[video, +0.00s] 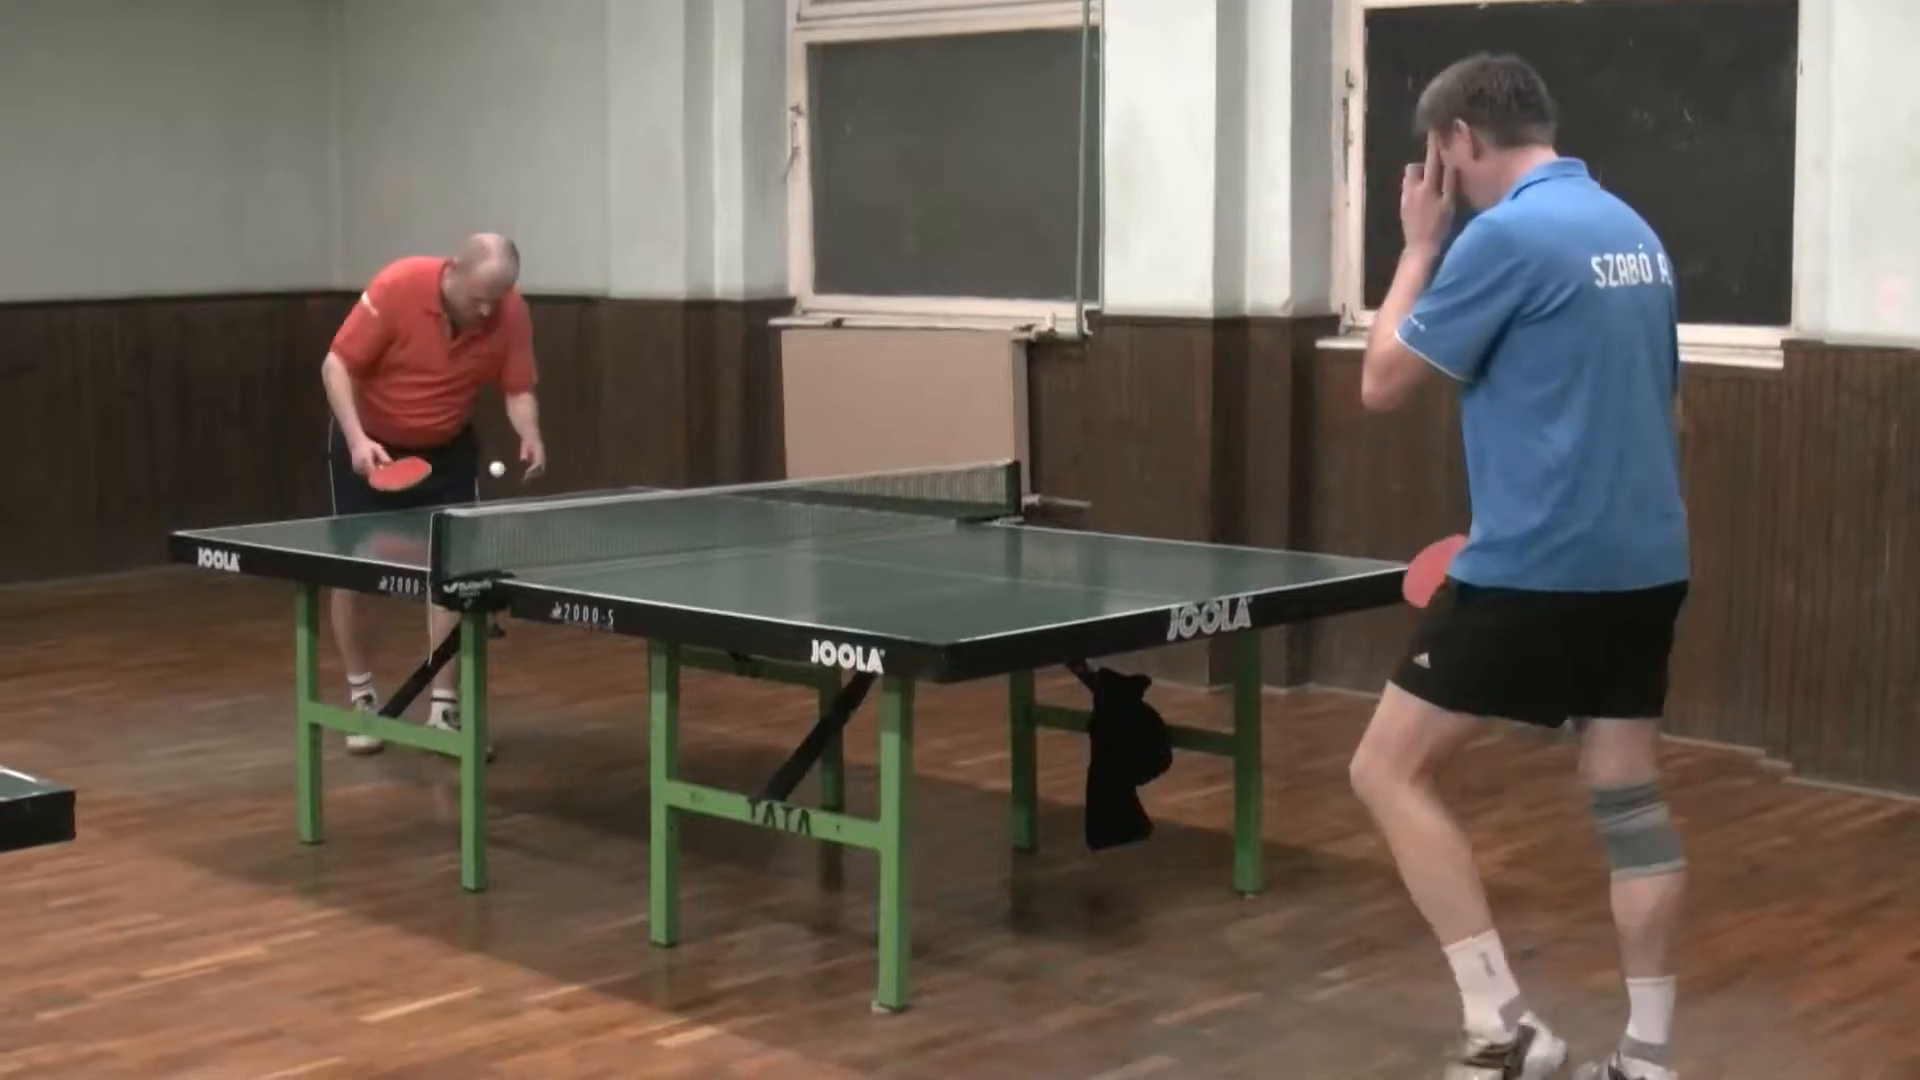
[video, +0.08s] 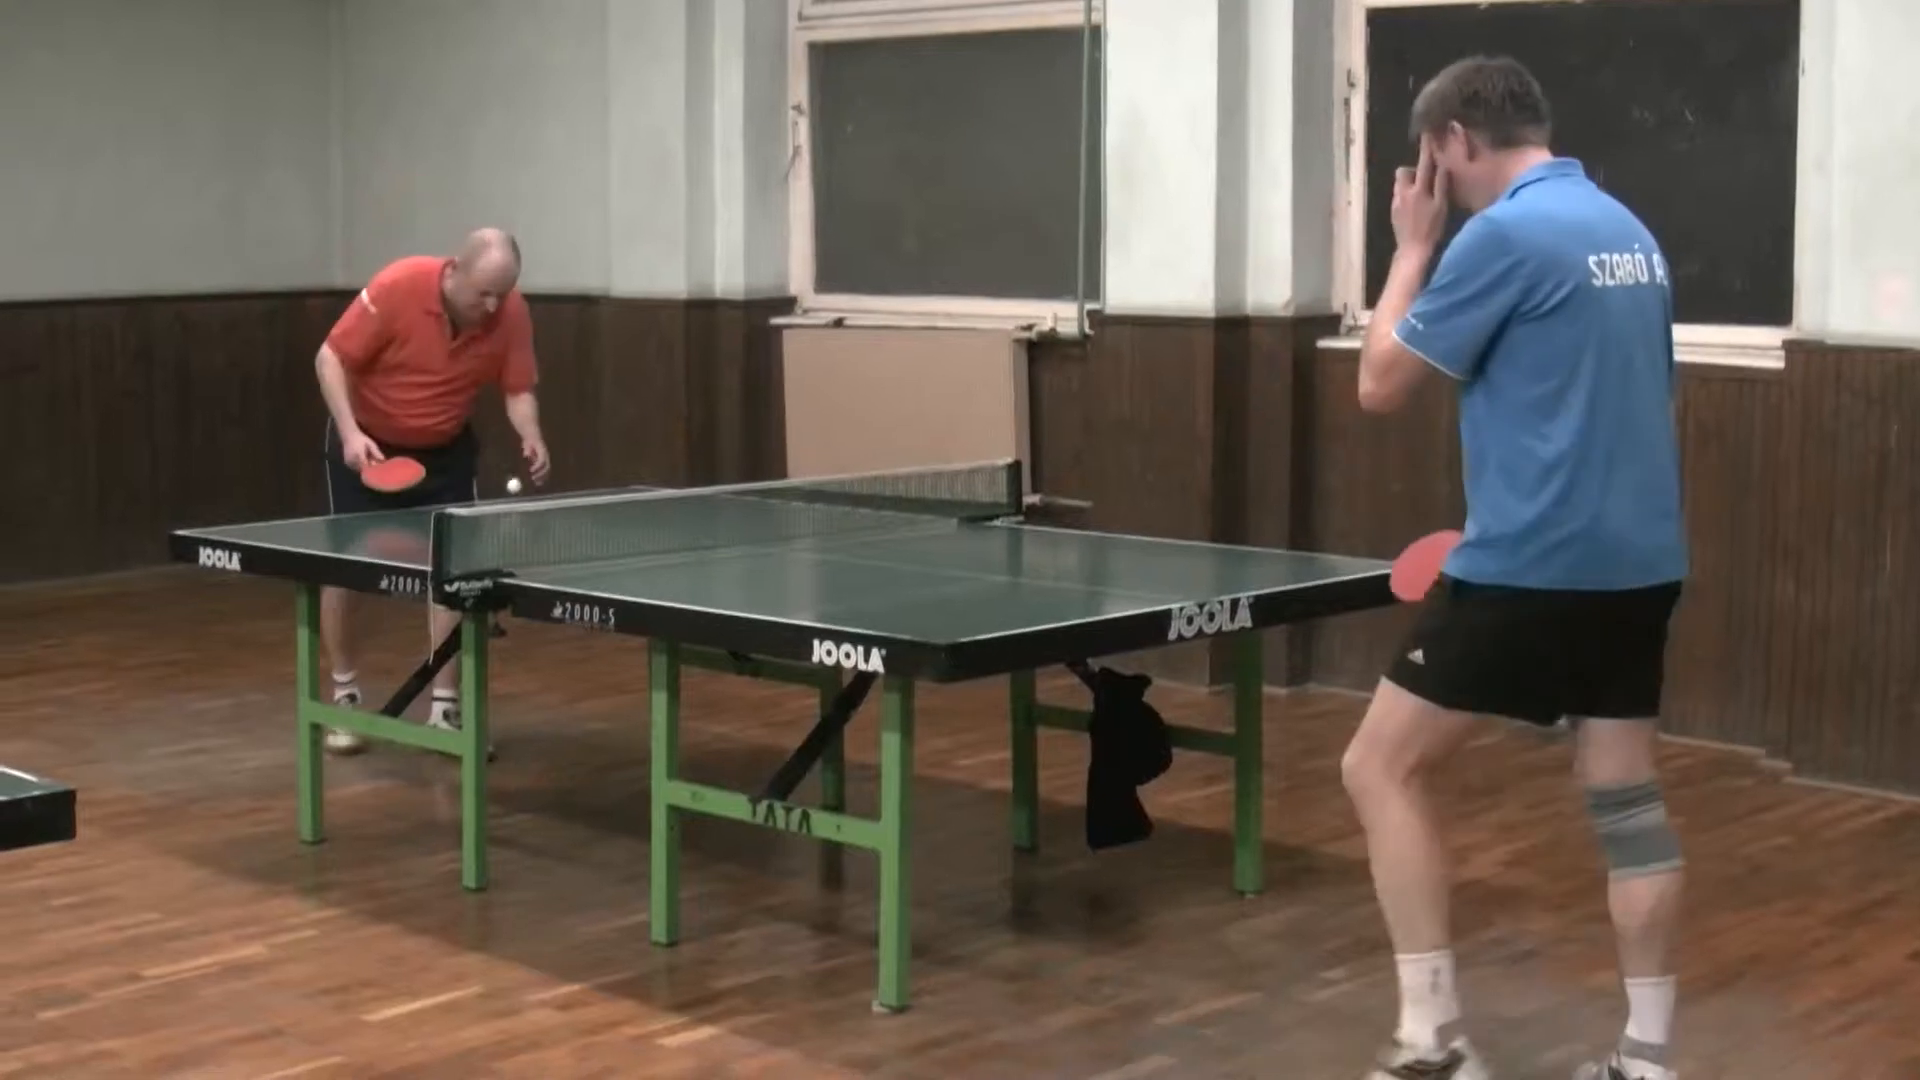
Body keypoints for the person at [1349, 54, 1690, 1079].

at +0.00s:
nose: (1441, 177)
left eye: (1438, 159)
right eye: (1436, 163)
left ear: (1463, 140)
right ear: (1545, 130)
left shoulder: (1507, 235)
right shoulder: (1632, 230)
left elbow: (1382, 382)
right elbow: (1655, 403)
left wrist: (1418, 247)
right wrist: (1505, 536)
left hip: (1533, 569)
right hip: (1646, 567)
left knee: (1387, 768)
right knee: (1629, 801)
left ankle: (1496, 1023)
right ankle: (1650, 1053)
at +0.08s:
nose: (1435, 180)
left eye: (1432, 161)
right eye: (1430, 166)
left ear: (1458, 142)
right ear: (1541, 133)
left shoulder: (1505, 235)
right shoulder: (1626, 229)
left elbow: (1380, 383)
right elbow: (1611, 410)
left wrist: (1411, 247)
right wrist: (1492, 538)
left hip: (1528, 568)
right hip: (1641, 566)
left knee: (1380, 766)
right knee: (1626, 799)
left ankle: (1428, 1035)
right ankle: (1650, 1053)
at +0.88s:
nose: (1199, 250)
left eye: (1197, 234)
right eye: (1197, 235)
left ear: (1219, 221)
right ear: (1288, 207)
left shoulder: (1225, 290)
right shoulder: (1394, 269)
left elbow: (1201, 460)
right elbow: (1463, 423)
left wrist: (1215, 568)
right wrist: (1291, 540)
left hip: (1340, 564)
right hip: (1474, 552)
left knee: (1242, 792)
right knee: (1491, 782)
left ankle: (1259, 1051)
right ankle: (1549, 1020)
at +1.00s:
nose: (1195, 278)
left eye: (1191, 262)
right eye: (1193, 264)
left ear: (1209, 248)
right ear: (1281, 232)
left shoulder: (1221, 309)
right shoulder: (1385, 287)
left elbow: (1212, 484)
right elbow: (1411, 438)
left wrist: (1209, 576)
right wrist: (1300, 548)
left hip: (1355, 562)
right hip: (1484, 547)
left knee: (1251, 791)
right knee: (1495, 783)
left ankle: (1262, 1051)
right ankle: (1551, 1020)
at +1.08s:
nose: (1194, 290)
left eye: (1188, 276)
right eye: (1190, 277)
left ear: (1204, 261)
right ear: (1279, 244)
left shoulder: (1219, 315)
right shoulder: (1377, 292)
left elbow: (1221, 496)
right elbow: (1405, 439)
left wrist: (1212, 576)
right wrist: (1310, 554)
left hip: (1365, 555)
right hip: (1489, 542)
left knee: (1259, 791)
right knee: (1500, 784)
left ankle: (1264, 1051)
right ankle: (1553, 1020)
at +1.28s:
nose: (1195, 303)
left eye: (1190, 290)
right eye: (1191, 291)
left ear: (1205, 276)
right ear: (1280, 258)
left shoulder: (1221, 326)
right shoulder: (1377, 302)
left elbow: (1236, 507)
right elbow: (1409, 440)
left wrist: (1239, 581)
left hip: (1376, 551)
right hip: (1498, 533)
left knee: (1273, 793)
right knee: (1500, 784)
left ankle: (1265, 1050)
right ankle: (1553, 1021)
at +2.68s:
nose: (1531, 193)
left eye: (1539, 176)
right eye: (1533, 177)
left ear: (1576, 182)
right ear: (1595, 176)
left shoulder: (1635, 275)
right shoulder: (1629, 240)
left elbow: (1655, 437)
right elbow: (1524, 241)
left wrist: (1569, 545)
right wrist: (1397, 208)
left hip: (1734, 519)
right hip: (1717, 511)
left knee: (1692, 751)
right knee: (1684, 720)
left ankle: (1772, 992)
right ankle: (1687, 903)